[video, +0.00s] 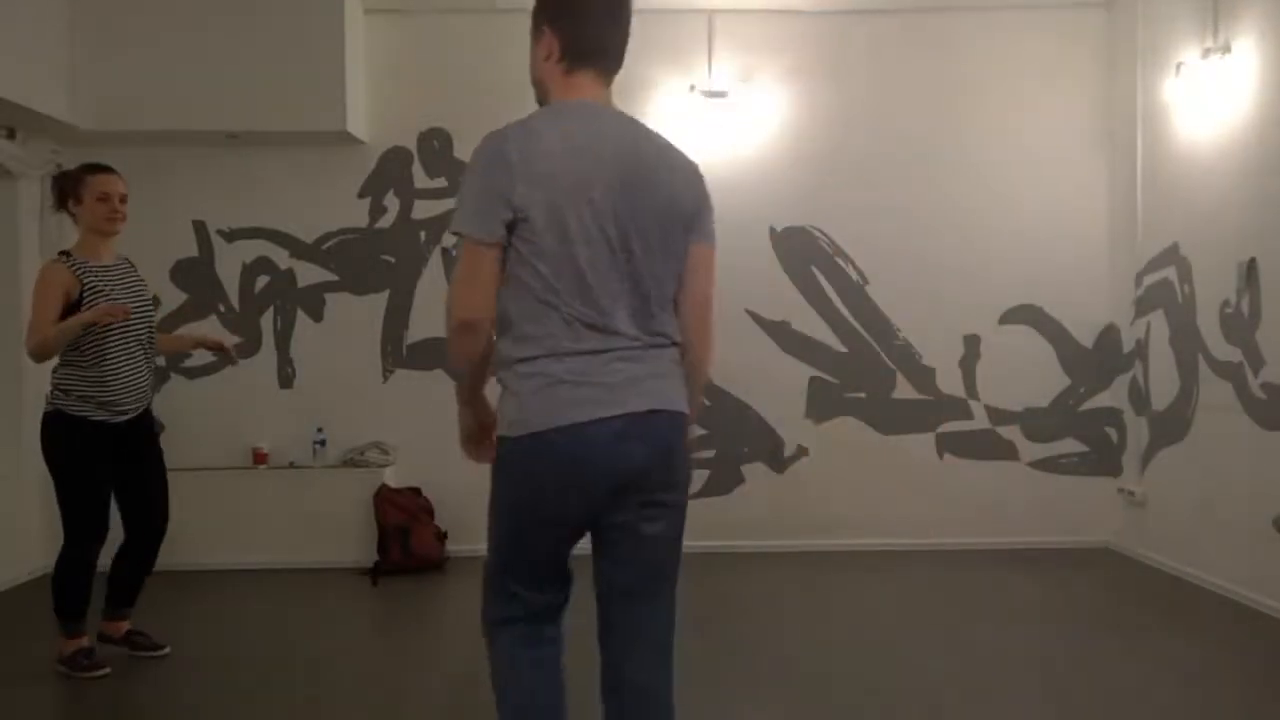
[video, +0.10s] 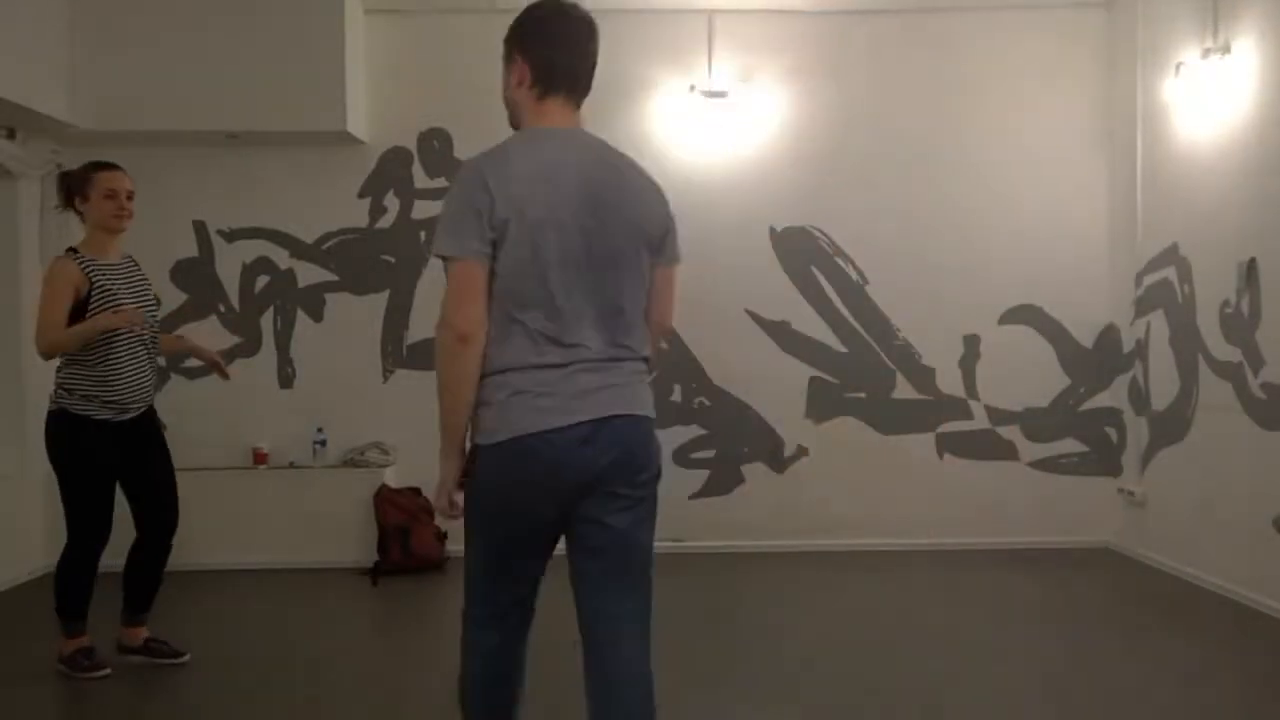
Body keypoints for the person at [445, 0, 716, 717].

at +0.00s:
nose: (531, 54)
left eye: (533, 38)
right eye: (534, 38)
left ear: (550, 45)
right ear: (617, 53)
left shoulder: (507, 153)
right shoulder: (677, 169)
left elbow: (471, 319)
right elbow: (696, 338)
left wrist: (471, 402)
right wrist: (674, 422)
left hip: (545, 433)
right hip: (655, 431)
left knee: (523, 617)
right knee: (641, 632)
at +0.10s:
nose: (505, 82)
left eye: (507, 69)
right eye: (507, 70)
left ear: (521, 72)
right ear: (588, 75)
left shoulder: (486, 177)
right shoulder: (641, 184)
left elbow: (464, 328)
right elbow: (658, 321)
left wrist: (453, 450)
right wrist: (612, 382)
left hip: (517, 441)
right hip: (623, 433)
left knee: (494, 636)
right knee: (621, 640)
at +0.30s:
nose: (448, 113)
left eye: (449, 102)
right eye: (449, 103)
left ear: (461, 106)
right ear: (524, 109)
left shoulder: (431, 203)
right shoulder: (573, 208)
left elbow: (422, 330)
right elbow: (588, 330)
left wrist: (403, 453)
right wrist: (542, 369)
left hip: (458, 437)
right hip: (549, 435)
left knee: (456, 599)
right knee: (553, 599)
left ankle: (465, 713)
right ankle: (585, 713)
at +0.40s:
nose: (427, 115)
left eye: (427, 104)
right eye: (429, 104)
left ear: (440, 107)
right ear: (500, 108)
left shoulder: (410, 196)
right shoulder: (548, 202)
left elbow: (394, 314)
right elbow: (568, 331)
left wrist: (377, 430)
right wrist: (523, 366)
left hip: (437, 421)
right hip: (525, 420)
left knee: (447, 579)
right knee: (513, 562)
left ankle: (462, 713)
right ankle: (544, 697)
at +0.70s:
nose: (380, 151)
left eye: (382, 140)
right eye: (383, 140)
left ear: (397, 143)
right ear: (442, 144)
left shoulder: (382, 218)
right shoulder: (487, 225)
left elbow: (356, 329)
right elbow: (513, 332)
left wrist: (310, 392)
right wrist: (491, 404)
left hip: (401, 416)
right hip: (470, 413)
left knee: (415, 570)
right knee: (448, 556)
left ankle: (464, 705)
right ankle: (425, 673)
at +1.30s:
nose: (273, 183)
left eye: (281, 172)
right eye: (274, 172)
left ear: (316, 174)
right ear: (319, 176)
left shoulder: (343, 242)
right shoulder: (336, 237)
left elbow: (370, 342)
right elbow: (311, 319)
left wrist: (369, 432)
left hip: (340, 415)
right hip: (346, 411)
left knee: (319, 528)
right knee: (353, 519)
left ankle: (338, 656)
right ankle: (408, 621)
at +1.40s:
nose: (267, 181)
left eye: (277, 170)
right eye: (267, 171)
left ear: (315, 172)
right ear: (306, 175)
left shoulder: (347, 239)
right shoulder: (317, 239)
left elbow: (370, 338)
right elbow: (297, 308)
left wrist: (357, 428)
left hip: (342, 408)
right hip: (323, 406)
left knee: (313, 518)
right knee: (323, 514)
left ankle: (339, 654)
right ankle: (394, 609)